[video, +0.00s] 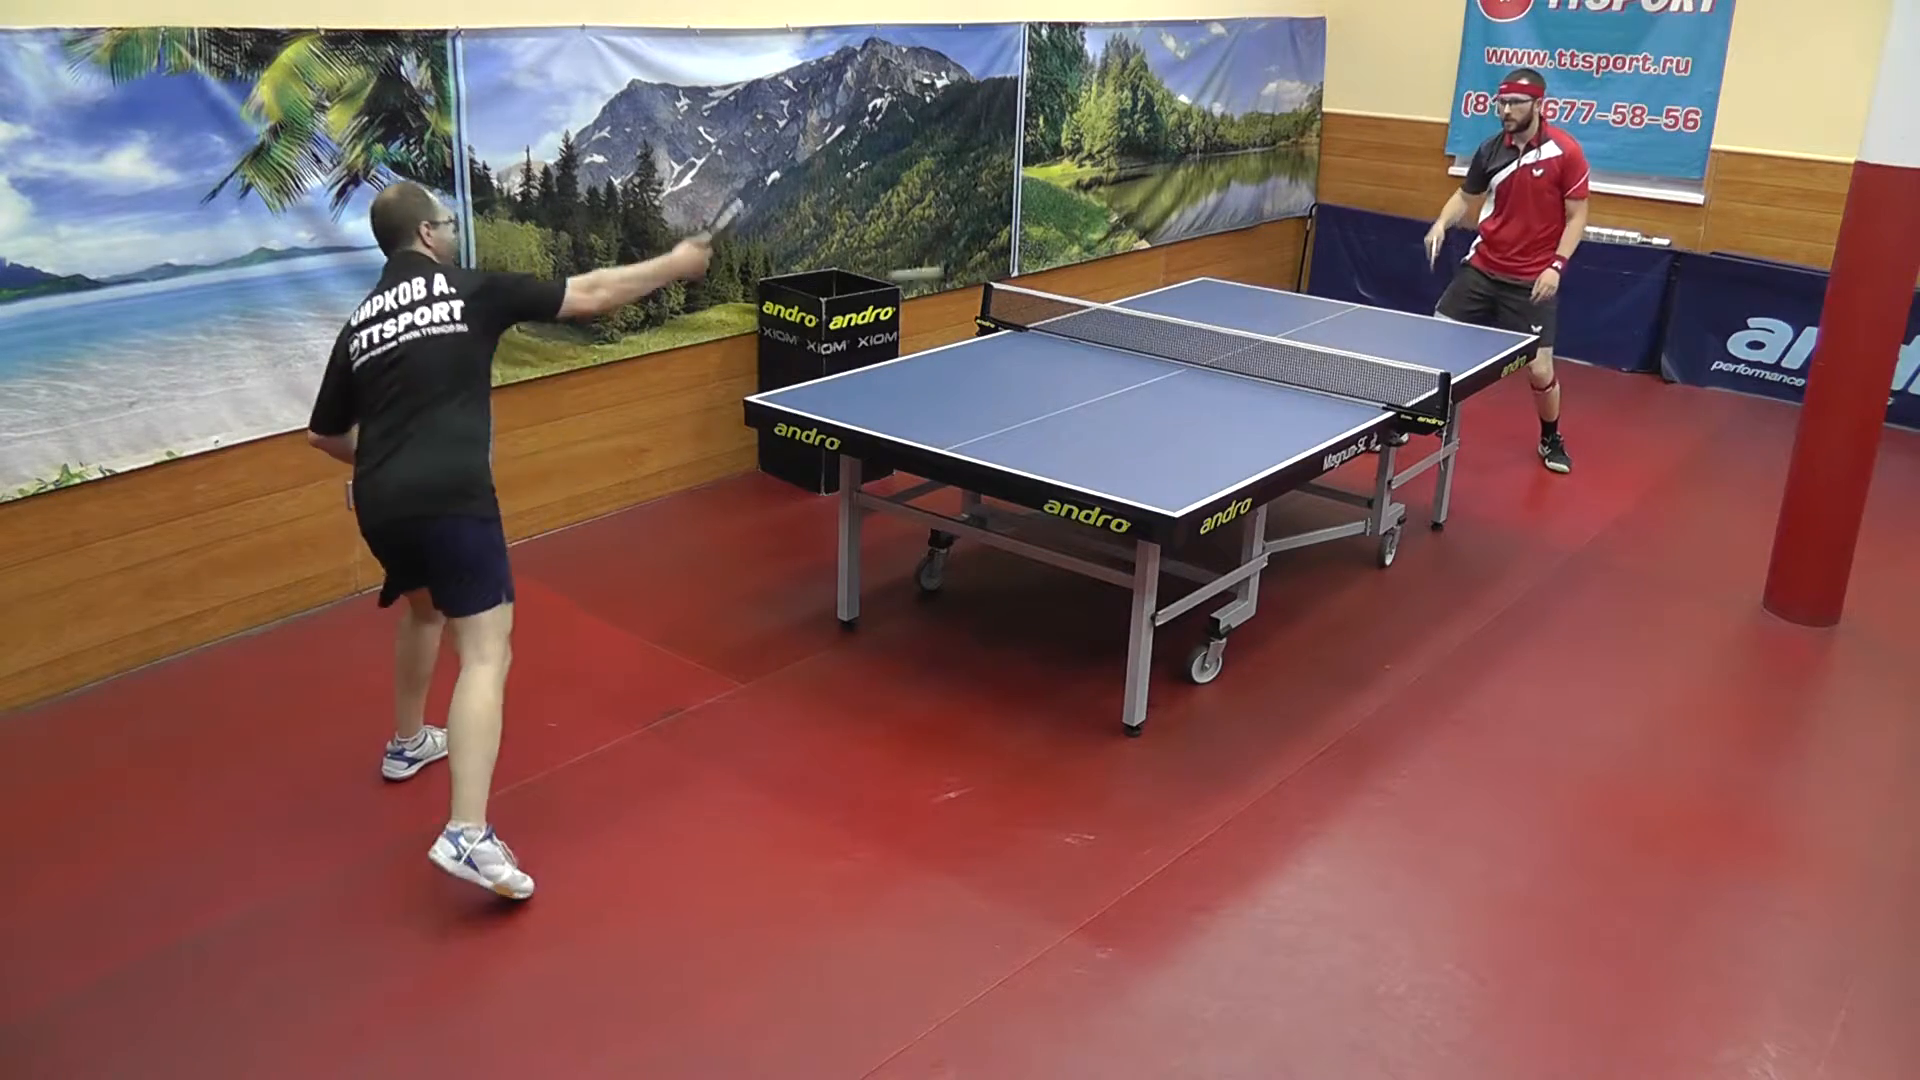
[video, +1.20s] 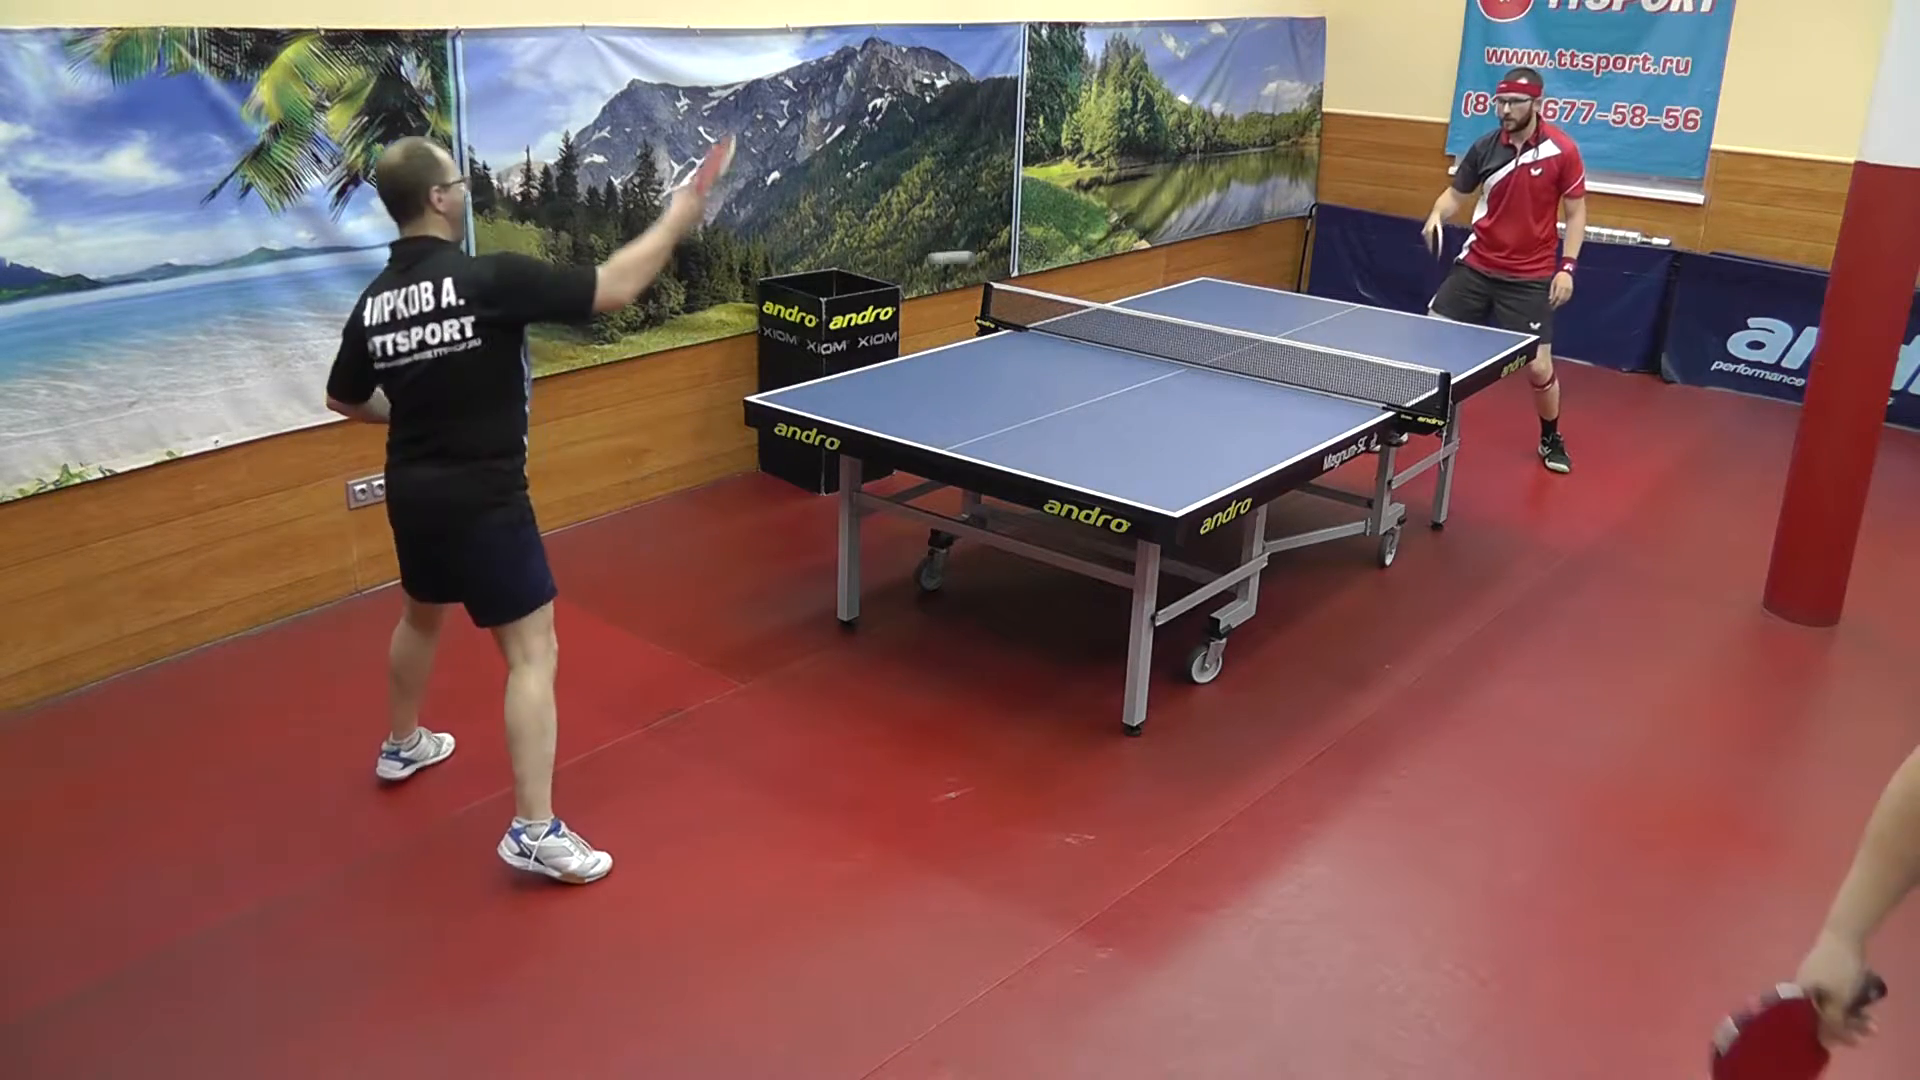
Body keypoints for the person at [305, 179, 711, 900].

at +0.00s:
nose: (452, 232)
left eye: (445, 221)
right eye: (445, 223)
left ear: (388, 244)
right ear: (429, 234)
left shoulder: (360, 325)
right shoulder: (474, 289)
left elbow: (326, 433)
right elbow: (587, 294)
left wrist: (382, 455)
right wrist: (675, 263)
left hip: (381, 503)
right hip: (456, 496)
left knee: (422, 609)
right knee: (484, 658)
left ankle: (409, 739)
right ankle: (468, 831)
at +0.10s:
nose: (449, 221)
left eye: (442, 210)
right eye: (442, 213)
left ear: (387, 233)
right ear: (424, 224)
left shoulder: (362, 312)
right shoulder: (464, 281)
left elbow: (331, 424)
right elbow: (564, 332)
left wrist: (385, 445)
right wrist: (657, 318)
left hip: (383, 489)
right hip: (456, 478)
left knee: (425, 605)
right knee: (493, 645)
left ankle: (409, 738)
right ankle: (482, 820)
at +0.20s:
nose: (462, 217)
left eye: (456, 206)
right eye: (455, 207)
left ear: (401, 227)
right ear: (435, 218)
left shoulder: (369, 304)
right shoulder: (469, 283)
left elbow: (339, 414)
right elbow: (552, 367)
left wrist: (397, 434)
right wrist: (637, 384)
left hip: (383, 483)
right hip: (453, 479)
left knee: (424, 605)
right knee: (497, 648)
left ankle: (407, 740)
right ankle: (512, 822)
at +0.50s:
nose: (534, 234)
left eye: (530, 223)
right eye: (527, 225)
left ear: (470, 238)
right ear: (501, 237)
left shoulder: (421, 309)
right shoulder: (499, 322)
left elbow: (414, 415)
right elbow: (530, 446)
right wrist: (599, 490)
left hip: (395, 503)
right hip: (453, 513)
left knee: (440, 616)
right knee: (516, 670)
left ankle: (407, 739)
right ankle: (522, 847)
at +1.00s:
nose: (531, 224)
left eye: (526, 211)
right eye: (526, 214)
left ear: (460, 225)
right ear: (506, 222)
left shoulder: (415, 307)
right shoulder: (529, 315)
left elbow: (370, 406)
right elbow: (599, 418)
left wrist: (429, 435)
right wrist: (549, 427)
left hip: (414, 505)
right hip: (490, 513)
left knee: (428, 618)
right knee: (548, 666)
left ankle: (408, 735)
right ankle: (527, 837)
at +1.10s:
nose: (495, 195)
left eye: (489, 183)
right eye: (488, 185)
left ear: (424, 201)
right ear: (468, 196)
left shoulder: (391, 293)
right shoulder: (506, 283)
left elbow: (352, 394)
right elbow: (614, 347)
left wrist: (417, 420)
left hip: (415, 489)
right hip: (491, 492)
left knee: (420, 610)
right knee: (537, 654)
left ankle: (406, 730)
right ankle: (535, 827)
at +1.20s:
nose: (465, 190)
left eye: (459, 179)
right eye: (458, 182)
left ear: (396, 206)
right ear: (441, 198)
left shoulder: (378, 299)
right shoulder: (492, 277)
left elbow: (346, 397)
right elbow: (612, 288)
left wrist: (411, 413)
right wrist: (678, 215)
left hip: (412, 496)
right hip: (486, 497)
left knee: (421, 618)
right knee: (531, 654)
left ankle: (399, 744)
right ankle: (535, 827)